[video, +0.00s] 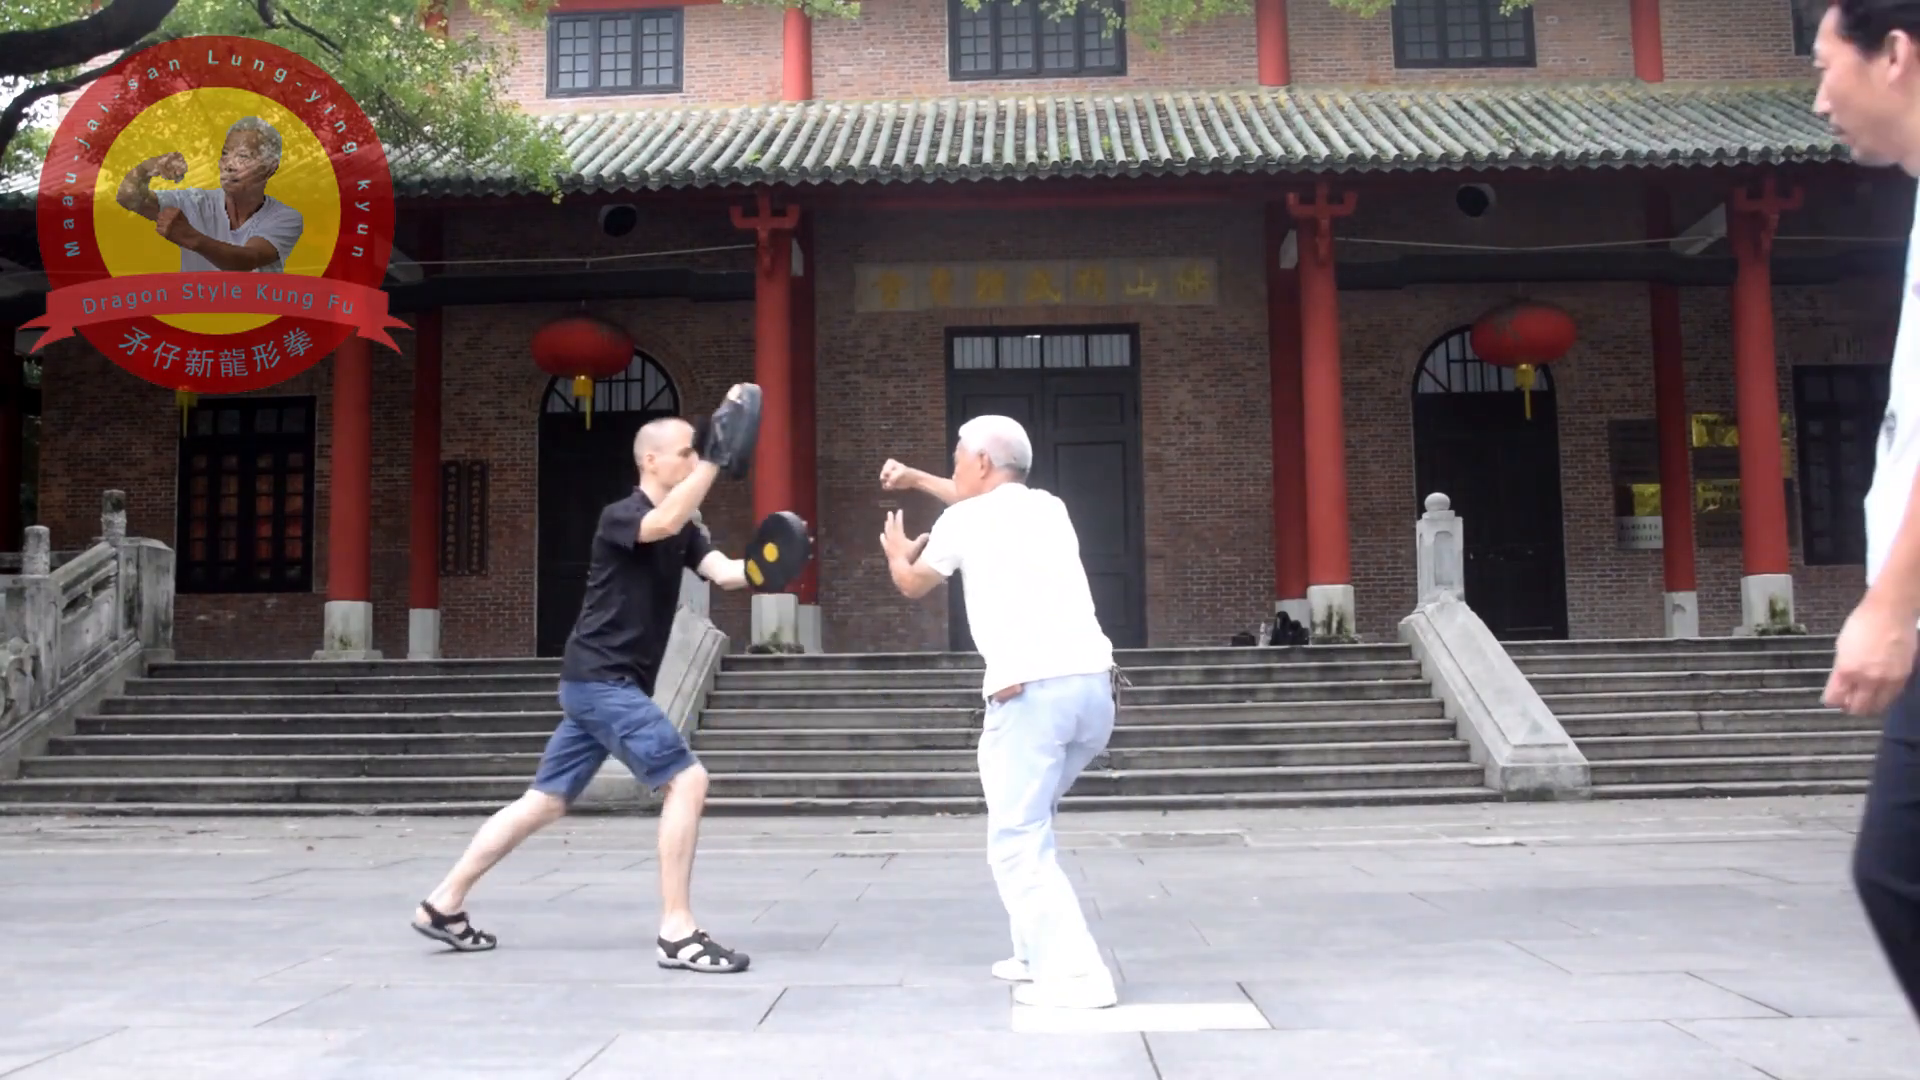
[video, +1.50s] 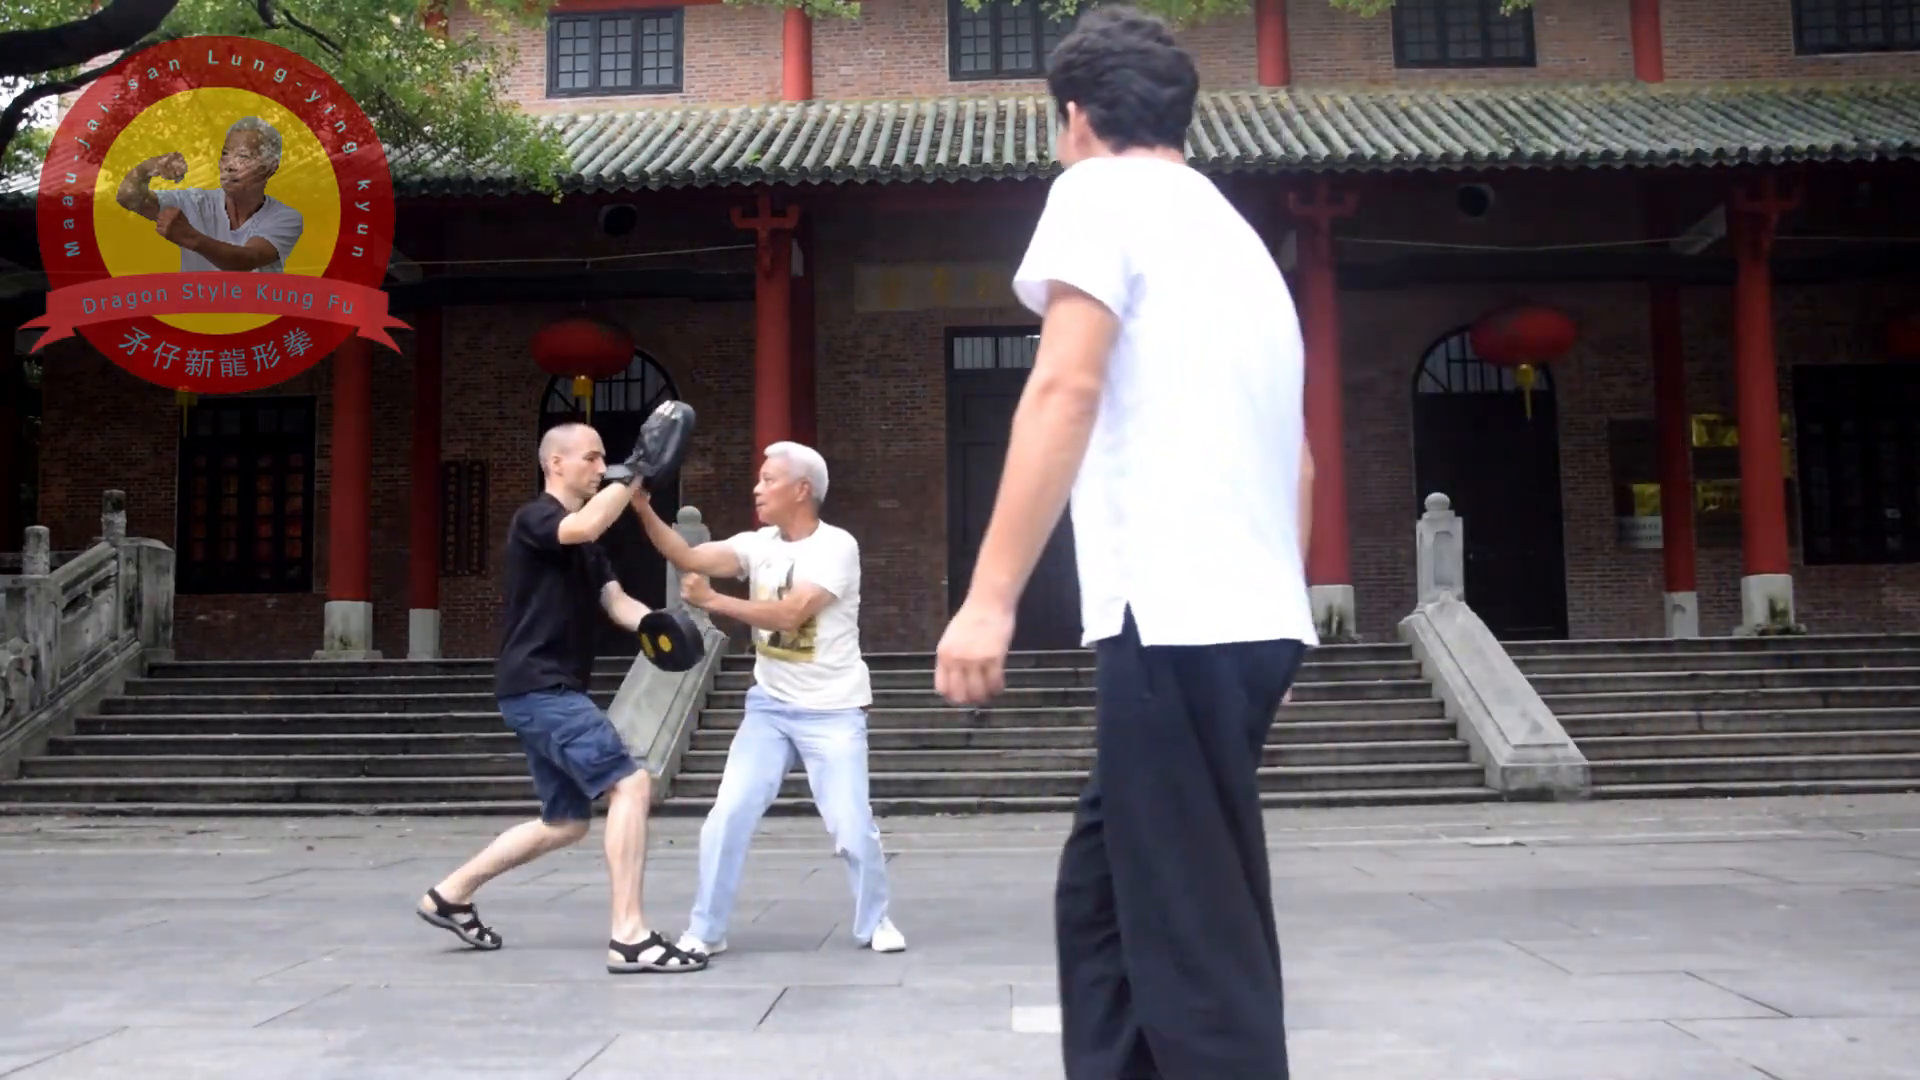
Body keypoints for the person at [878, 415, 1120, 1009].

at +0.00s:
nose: (953, 468)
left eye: (957, 457)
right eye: (955, 457)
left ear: (982, 463)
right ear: (1015, 465)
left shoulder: (967, 517)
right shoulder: (1052, 507)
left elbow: (913, 583)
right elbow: (979, 500)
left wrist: (895, 552)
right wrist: (918, 479)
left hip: (1027, 698)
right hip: (1096, 693)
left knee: (1016, 844)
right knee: (1029, 822)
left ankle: (1077, 977)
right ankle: (1036, 952)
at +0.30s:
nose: (923, 472)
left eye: (927, 462)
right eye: (925, 461)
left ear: (948, 471)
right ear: (983, 476)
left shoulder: (923, 525)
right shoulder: (1019, 518)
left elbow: (885, 601)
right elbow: (946, 511)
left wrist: (870, 575)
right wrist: (882, 491)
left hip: (985, 705)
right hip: (1049, 700)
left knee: (990, 857)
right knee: (994, 828)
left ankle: (1077, 970)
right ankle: (1003, 950)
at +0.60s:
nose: (829, 489)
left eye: (837, 479)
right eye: (833, 479)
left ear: (863, 491)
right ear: (880, 493)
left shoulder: (832, 542)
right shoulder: (925, 544)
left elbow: (754, 574)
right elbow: (966, 509)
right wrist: (952, 450)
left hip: (869, 731)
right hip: (901, 724)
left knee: (930, 842)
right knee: (791, 810)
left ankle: (1043, 940)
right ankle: (748, 927)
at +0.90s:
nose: (755, 489)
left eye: (765, 481)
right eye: (758, 479)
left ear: (800, 495)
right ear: (788, 492)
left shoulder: (827, 548)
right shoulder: (760, 537)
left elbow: (754, 605)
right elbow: (684, 542)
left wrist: (660, 626)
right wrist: (623, 513)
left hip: (835, 721)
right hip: (780, 718)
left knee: (846, 841)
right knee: (709, 811)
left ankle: (899, 910)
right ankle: (737, 935)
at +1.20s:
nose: (757, 491)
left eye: (767, 481)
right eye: (759, 480)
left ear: (802, 491)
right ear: (791, 491)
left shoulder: (836, 547)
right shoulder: (764, 543)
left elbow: (784, 611)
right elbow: (690, 561)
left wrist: (706, 596)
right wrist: (647, 513)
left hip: (836, 717)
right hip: (772, 711)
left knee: (855, 838)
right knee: (733, 818)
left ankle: (876, 923)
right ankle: (703, 932)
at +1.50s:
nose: (756, 489)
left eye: (767, 480)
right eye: (758, 479)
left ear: (801, 490)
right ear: (788, 490)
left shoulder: (837, 547)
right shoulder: (760, 543)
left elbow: (790, 614)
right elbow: (690, 556)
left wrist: (710, 599)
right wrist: (643, 508)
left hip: (833, 711)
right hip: (769, 706)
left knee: (852, 829)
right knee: (730, 811)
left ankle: (877, 923)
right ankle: (705, 931)